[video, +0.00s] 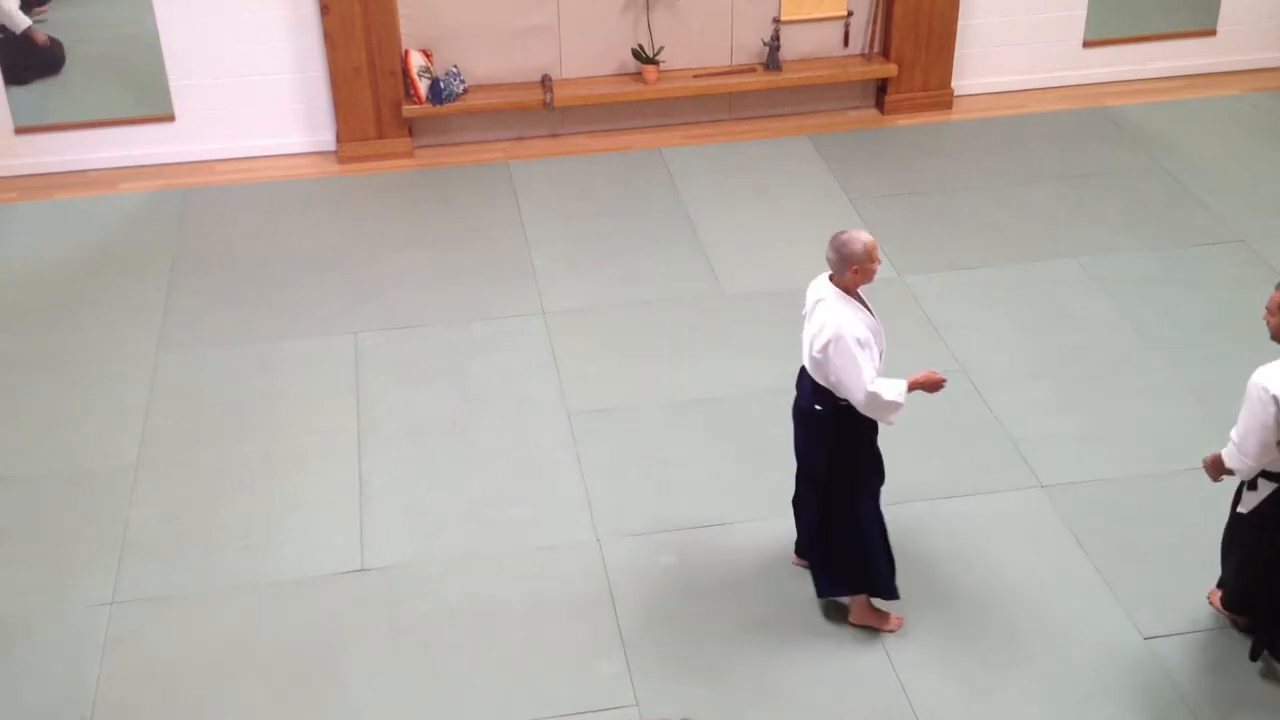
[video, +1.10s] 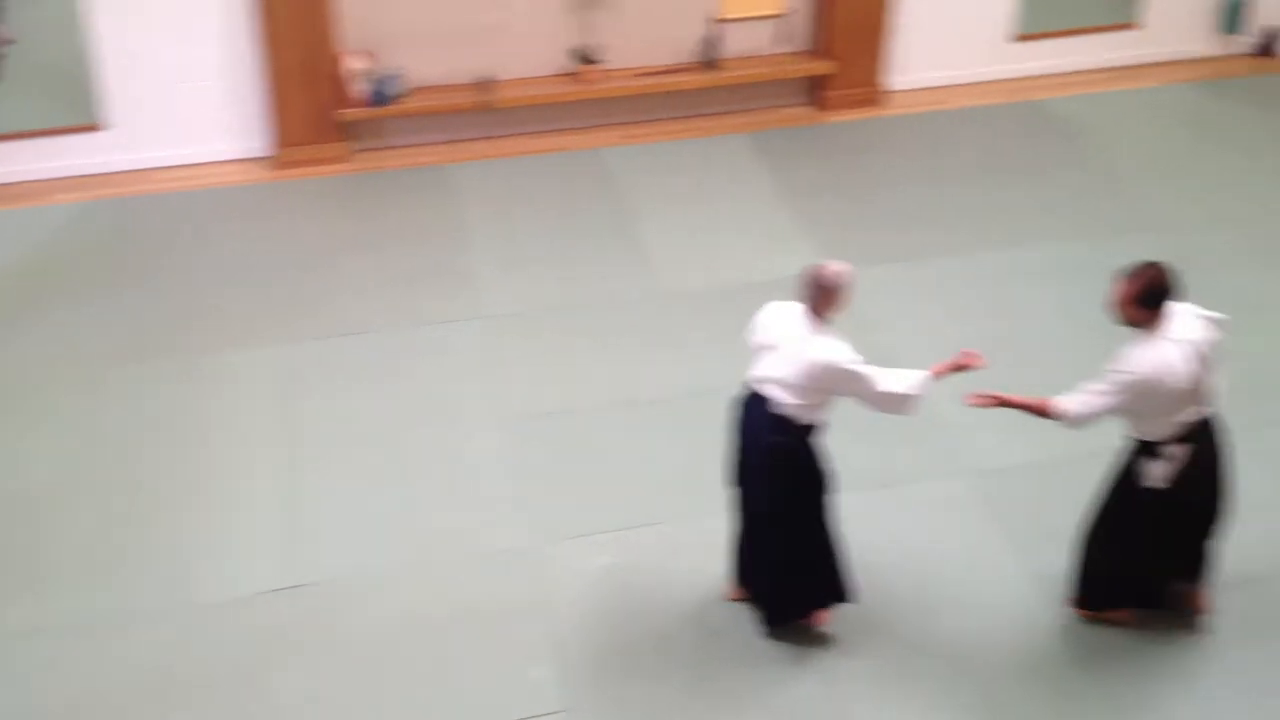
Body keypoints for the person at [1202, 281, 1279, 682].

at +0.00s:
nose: (1265, 316)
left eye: (1269, 311)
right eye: (1267, 309)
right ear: (1276, 318)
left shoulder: (1268, 379)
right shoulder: (1267, 379)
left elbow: (1248, 453)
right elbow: (1250, 448)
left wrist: (1222, 463)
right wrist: (1229, 461)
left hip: (1266, 488)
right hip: (1267, 483)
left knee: (1245, 547)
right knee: (1260, 548)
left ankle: (1238, 604)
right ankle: (1248, 603)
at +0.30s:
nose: (1260, 287)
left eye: (1267, 281)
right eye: (1261, 279)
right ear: (1268, 283)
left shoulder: (1272, 347)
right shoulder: (1270, 343)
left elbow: (1260, 421)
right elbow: (1260, 411)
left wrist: (1226, 427)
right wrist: (1231, 424)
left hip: (1270, 459)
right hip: (1268, 453)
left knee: (1237, 525)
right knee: (1256, 528)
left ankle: (1234, 603)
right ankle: (1259, 600)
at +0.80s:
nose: (1248, 305)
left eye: (1256, 300)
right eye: (1249, 296)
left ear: (1278, 305)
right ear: (1272, 300)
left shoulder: (1278, 368)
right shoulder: (1271, 326)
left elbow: (1253, 432)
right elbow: (1265, 366)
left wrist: (1187, 426)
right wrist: (1241, 388)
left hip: (1272, 462)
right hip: (1264, 450)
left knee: (1236, 527)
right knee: (1239, 514)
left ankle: (1212, 621)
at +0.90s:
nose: (1230, 312)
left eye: (1239, 310)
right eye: (1232, 305)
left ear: (1271, 320)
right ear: (1269, 318)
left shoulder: (1268, 376)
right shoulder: (1268, 338)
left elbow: (1217, 434)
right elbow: (1258, 380)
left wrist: (1150, 422)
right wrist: (1229, 400)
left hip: (1268, 465)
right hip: (1268, 454)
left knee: (1222, 533)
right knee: (1251, 531)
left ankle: (1207, 621)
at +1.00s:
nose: (1211, 316)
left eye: (1220, 313)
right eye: (1214, 308)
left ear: (1252, 324)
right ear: (1256, 320)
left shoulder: (1247, 380)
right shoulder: (1274, 325)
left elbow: (1185, 430)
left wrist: (1115, 416)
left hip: (1261, 474)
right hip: (1272, 462)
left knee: (1212, 542)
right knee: (1256, 542)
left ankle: (1201, 622)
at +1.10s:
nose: (1114, 302)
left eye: (1122, 297)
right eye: (1118, 295)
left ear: (1138, 306)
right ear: (1157, 300)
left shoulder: (1144, 363)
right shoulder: (1188, 318)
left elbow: (1076, 410)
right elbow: (1216, 327)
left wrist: (1006, 401)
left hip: (1161, 457)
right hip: (1201, 443)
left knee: (1117, 530)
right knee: (1186, 526)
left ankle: (1108, 601)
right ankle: (1184, 595)